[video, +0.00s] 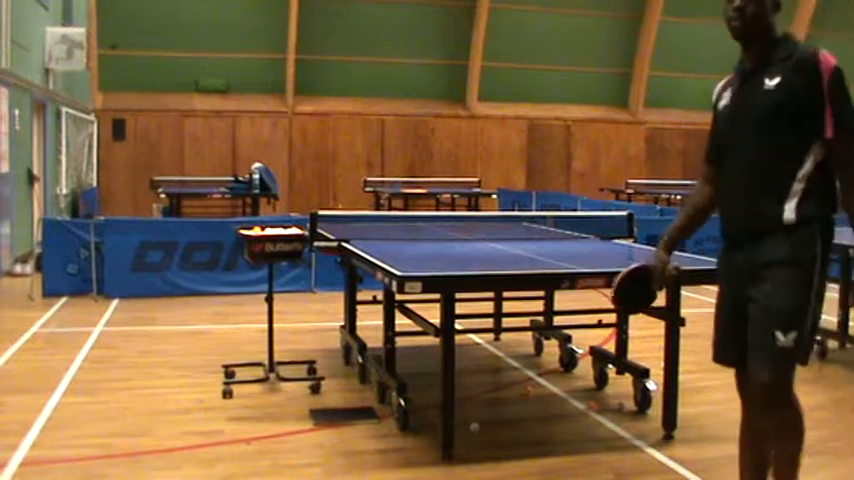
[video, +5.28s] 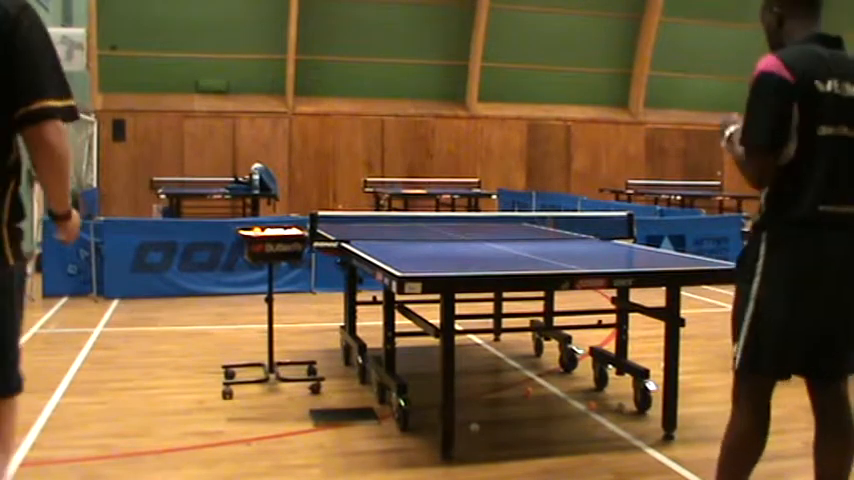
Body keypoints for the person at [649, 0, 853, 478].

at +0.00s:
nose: (735, 9)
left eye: (746, 1)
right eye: (729, 3)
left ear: (772, 7)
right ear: (724, 16)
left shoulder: (816, 69)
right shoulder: (727, 89)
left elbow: (844, 168)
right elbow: (712, 182)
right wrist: (666, 244)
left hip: (793, 246)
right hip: (741, 248)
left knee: (771, 379)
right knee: (749, 383)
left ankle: (784, 474)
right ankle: (751, 475)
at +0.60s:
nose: (691, 28)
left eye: (691, 15)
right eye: (689, 18)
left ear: (713, 10)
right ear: (737, 10)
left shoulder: (737, 65)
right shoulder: (786, 63)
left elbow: (768, 173)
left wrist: (761, 276)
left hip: (760, 255)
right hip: (790, 250)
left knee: (747, 402)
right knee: (763, 395)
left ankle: (754, 478)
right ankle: (762, 474)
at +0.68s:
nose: (691, 28)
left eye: (690, 16)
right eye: (689, 18)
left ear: (705, 11)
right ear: (741, 10)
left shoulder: (723, 68)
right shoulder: (801, 66)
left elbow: (740, 178)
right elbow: (806, 168)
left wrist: (733, 277)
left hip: (761, 245)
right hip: (802, 239)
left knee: (750, 396)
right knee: (761, 388)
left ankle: (757, 475)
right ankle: (765, 472)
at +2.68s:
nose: (735, 21)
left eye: (737, 13)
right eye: (737, 13)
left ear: (748, 13)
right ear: (789, 19)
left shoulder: (741, 75)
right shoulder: (828, 81)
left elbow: (733, 183)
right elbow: (835, 177)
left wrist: (711, 269)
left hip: (755, 249)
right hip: (812, 250)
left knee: (712, 371)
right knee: (792, 369)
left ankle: (721, 475)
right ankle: (792, 476)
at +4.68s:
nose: (767, 30)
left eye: (767, 20)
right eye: (767, 21)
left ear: (777, 17)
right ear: (820, 15)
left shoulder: (778, 69)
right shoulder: (853, 66)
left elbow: (770, 180)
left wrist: (742, 272)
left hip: (792, 260)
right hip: (847, 259)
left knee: (750, 388)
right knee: (839, 394)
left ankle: (749, 478)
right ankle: (837, 474)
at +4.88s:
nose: (775, 29)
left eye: (775, 19)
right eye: (775, 20)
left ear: (785, 16)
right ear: (825, 14)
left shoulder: (786, 65)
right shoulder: (851, 59)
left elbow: (792, 157)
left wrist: (749, 215)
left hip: (800, 247)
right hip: (848, 248)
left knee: (768, 396)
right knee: (840, 399)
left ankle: (759, 477)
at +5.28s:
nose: (762, 24)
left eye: (763, 14)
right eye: (762, 15)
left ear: (777, 14)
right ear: (816, 15)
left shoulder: (778, 69)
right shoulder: (850, 67)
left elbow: (758, 172)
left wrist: (731, 142)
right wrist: (747, 140)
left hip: (788, 245)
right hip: (844, 243)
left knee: (751, 391)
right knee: (831, 391)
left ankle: (727, 473)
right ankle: (833, 475)